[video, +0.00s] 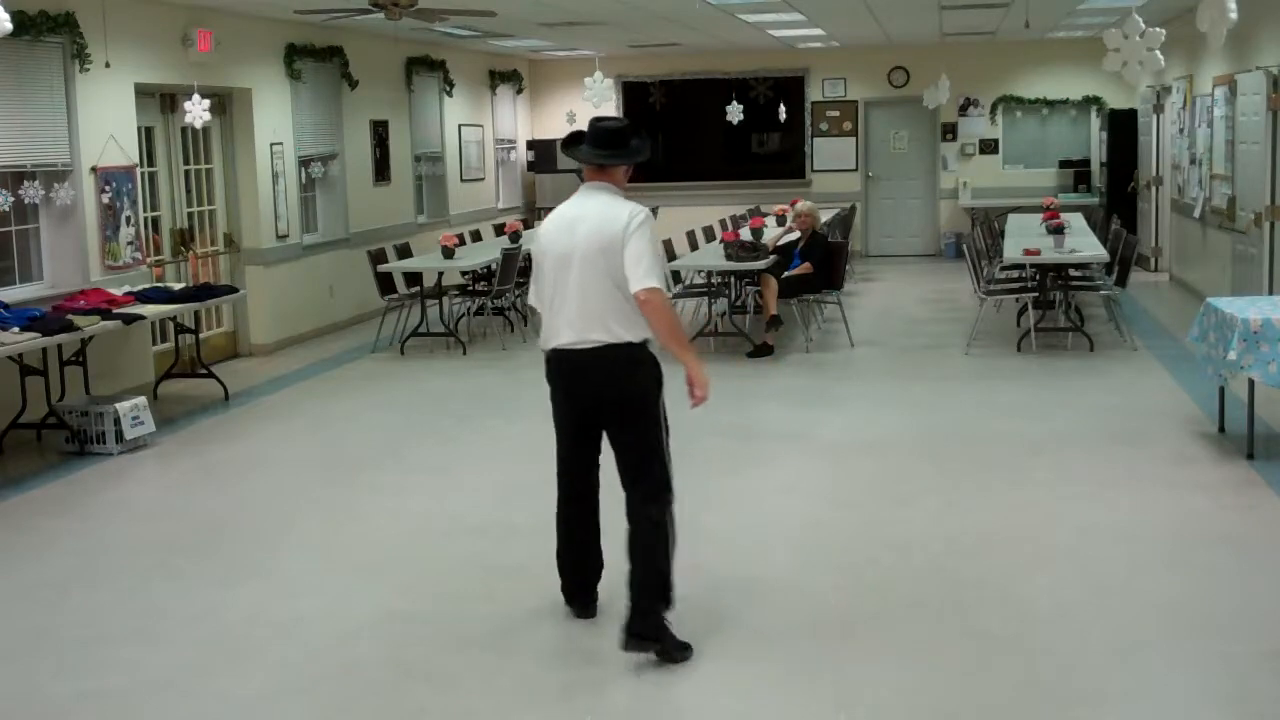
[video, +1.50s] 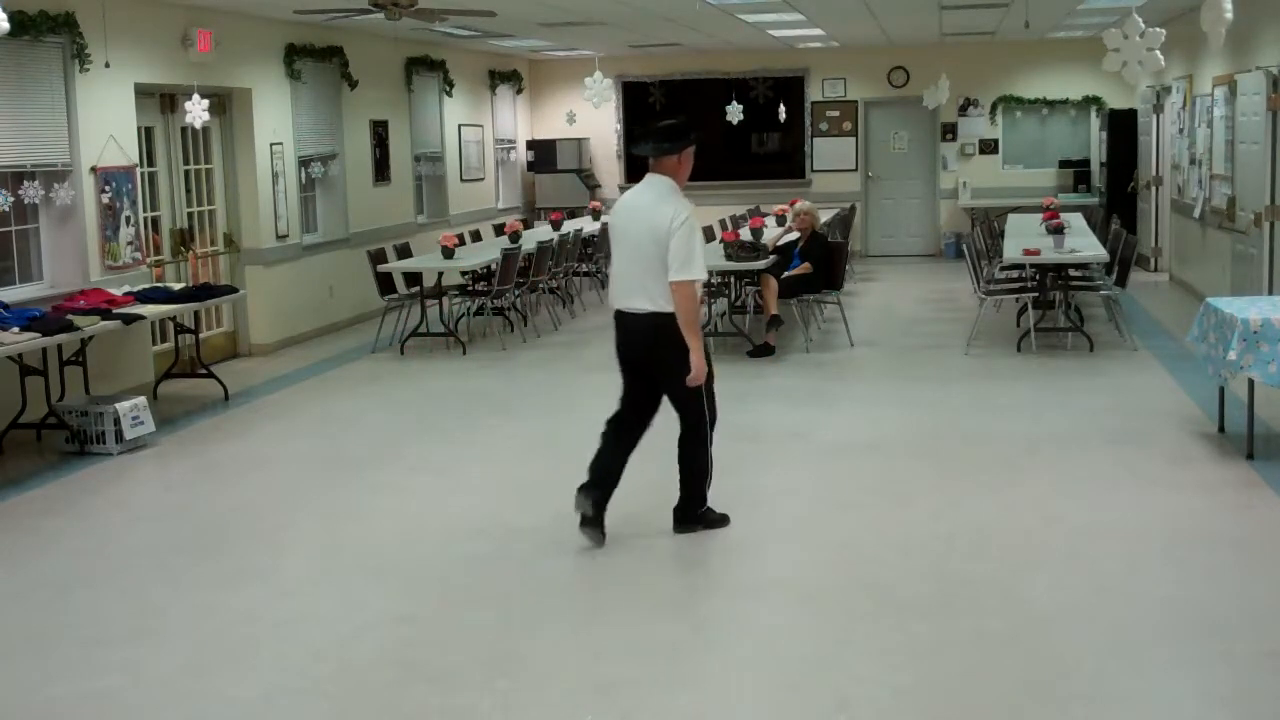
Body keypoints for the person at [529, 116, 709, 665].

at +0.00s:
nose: (633, 172)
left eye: (628, 163)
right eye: (631, 164)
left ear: (584, 166)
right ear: (623, 167)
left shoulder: (550, 224)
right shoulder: (632, 218)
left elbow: (539, 301)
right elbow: (647, 295)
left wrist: (579, 336)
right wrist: (690, 362)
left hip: (566, 369)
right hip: (626, 366)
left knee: (575, 484)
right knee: (649, 492)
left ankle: (579, 593)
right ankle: (647, 622)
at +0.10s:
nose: (620, 172)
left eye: (615, 163)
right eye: (620, 164)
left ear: (572, 162)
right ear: (615, 166)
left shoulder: (537, 219)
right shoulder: (616, 213)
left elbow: (520, 305)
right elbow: (626, 290)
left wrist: (518, 369)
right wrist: (663, 359)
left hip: (552, 361)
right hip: (607, 359)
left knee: (568, 481)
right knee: (629, 480)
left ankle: (574, 595)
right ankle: (586, 595)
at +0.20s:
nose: (612, 172)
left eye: (609, 163)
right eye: (611, 165)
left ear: (565, 161)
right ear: (605, 165)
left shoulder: (526, 217)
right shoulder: (606, 213)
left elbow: (494, 297)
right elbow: (613, 293)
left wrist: (480, 358)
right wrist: (644, 363)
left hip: (539, 359)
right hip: (592, 358)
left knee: (562, 472)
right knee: (598, 479)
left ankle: (579, 587)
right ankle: (520, 578)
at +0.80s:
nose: (613, 180)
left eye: (611, 171)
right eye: (612, 172)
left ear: (568, 167)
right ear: (605, 176)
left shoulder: (520, 213)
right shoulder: (605, 232)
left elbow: (464, 268)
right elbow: (615, 311)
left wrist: (430, 304)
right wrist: (631, 367)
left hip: (517, 354)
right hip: (577, 360)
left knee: (508, 464)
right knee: (603, 453)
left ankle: (500, 574)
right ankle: (596, 544)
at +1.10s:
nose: (645, 165)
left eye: (644, 157)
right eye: (644, 158)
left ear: (601, 155)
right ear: (635, 160)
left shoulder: (559, 197)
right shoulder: (641, 212)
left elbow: (519, 259)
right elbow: (653, 289)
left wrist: (516, 286)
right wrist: (672, 347)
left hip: (562, 329)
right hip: (615, 334)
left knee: (565, 426)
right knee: (618, 436)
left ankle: (556, 534)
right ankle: (609, 536)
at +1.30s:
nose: (665, 171)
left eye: (664, 163)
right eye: (663, 164)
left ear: (623, 165)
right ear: (651, 166)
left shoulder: (587, 206)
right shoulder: (651, 218)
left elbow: (561, 274)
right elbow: (662, 296)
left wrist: (594, 300)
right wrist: (689, 346)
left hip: (586, 339)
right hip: (635, 341)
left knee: (580, 433)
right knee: (677, 419)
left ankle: (569, 535)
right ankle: (655, 509)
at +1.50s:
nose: (693, 162)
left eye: (691, 155)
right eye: (691, 155)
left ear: (652, 158)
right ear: (680, 157)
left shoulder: (624, 203)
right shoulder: (679, 212)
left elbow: (625, 265)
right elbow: (683, 288)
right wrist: (696, 350)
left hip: (628, 325)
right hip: (668, 328)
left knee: (635, 409)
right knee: (698, 418)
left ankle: (595, 491)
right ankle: (692, 508)